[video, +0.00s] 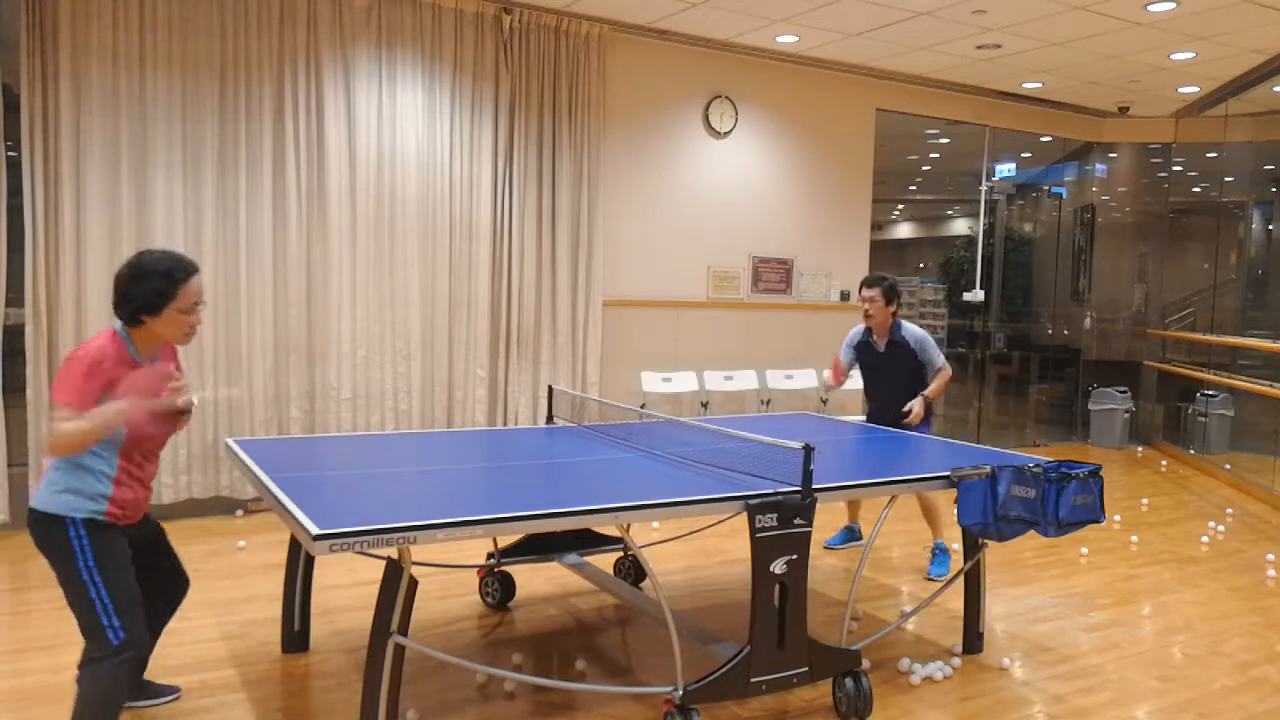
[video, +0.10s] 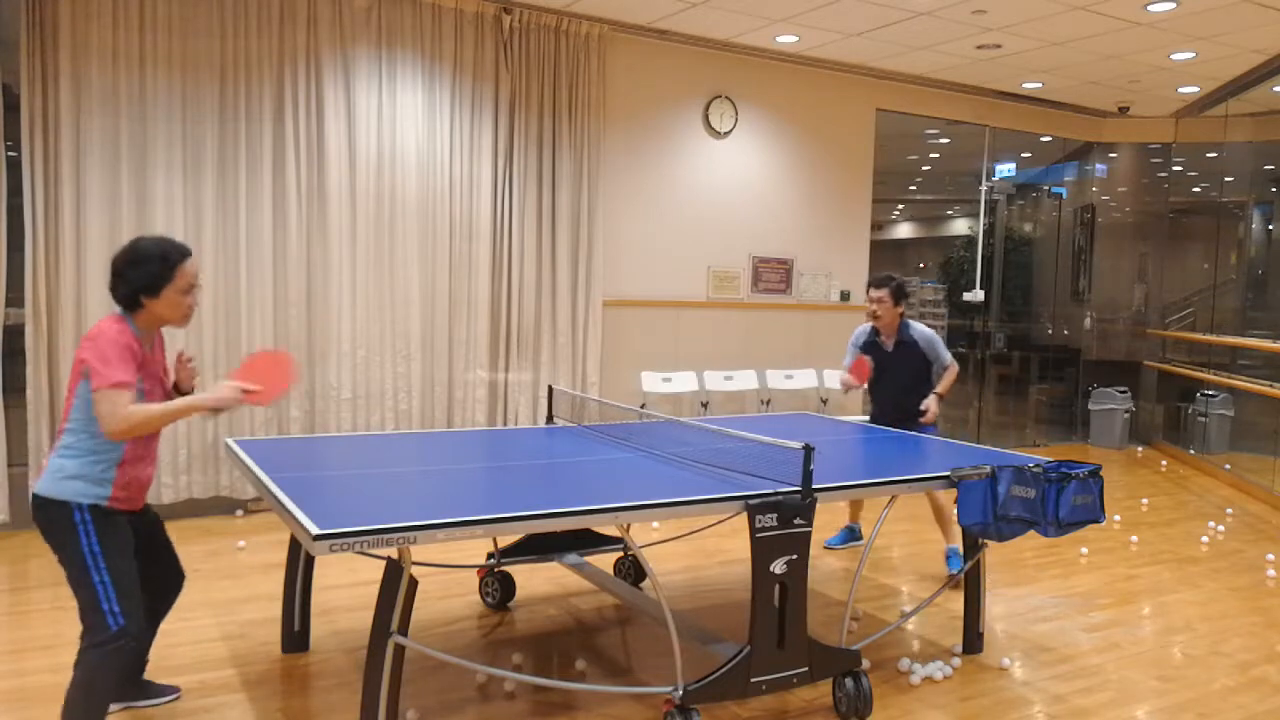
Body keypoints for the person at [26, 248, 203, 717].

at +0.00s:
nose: (199, 318)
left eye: (199, 307)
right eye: (190, 309)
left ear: (153, 314)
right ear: (149, 312)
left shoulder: (165, 356)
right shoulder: (95, 358)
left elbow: (160, 432)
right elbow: (58, 440)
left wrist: (178, 408)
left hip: (123, 509)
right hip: (72, 512)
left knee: (167, 585)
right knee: (120, 643)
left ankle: (123, 681)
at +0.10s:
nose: (195, 300)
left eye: (195, 289)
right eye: (187, 291)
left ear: (156, 296)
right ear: (147, 295)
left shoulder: (151, 339)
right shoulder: (112, 338)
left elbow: (143, 412)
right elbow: (116, 422)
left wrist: (176, 388)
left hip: (120, 499)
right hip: (78, 501)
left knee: (164, 579)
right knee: (118, 631)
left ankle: (123, 683)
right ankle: (81, 711)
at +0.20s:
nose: (193, 282)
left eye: (192, 271)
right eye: (184, 273)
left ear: (150, 280)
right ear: (148, 279)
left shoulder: (143, 329)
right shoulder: (116, 324)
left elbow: (141, 403)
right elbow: (127, 412)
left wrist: (179, 377)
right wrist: (214, 398)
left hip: (115, 490)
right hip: (81, 492)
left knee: (154, 579)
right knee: (121, 615)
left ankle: (122, 681)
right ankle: (77, 714)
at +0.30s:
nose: (192, 278)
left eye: (191, 267)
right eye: (183, 268)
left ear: (150, 275)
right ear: (147, 274)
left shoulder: (139, 325)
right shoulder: (117, 322)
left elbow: (139, 400)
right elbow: (117, 411)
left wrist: (181, 377)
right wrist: (205, 407)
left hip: (114, 490)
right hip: (83, 492)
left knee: (150, 579)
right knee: (124, 622)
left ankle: (122, 680)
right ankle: (88, 711)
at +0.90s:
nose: (213, 343)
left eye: (214, 332)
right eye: (204, 335)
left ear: (175, 337)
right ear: (161, 336)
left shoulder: (188, 374)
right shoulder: (97, 380)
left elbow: (204, 430)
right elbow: (32, 450)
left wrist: (213, 453)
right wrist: (34, 533)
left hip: (119, 506)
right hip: (63, 512)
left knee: (164, 584)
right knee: (111, 626)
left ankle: (124, 677)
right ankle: (86, 711)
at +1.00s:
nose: (214, 343)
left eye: (216, 331)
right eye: (205, 334)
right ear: (162, 334)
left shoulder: (193, 374)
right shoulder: (101, 377)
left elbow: (208, 432)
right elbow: (35, 441)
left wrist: (222, 456)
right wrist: (7, 518)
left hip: (123, 505)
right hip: (62, 508)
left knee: (170, 583)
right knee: (113, 627)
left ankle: (132, 667)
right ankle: (85, 714)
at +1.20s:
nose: (212, 312)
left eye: (217, 300)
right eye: (202, 300)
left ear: (219, 300)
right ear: (166, 300)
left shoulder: (187, 346)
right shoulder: (131, 349)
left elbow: (180, 406)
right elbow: (114, 435)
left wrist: (208, 419)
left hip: (141, 496)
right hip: (97, 496)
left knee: (183, 569)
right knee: (120, 619)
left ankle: (136, 669)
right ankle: (85, 713)